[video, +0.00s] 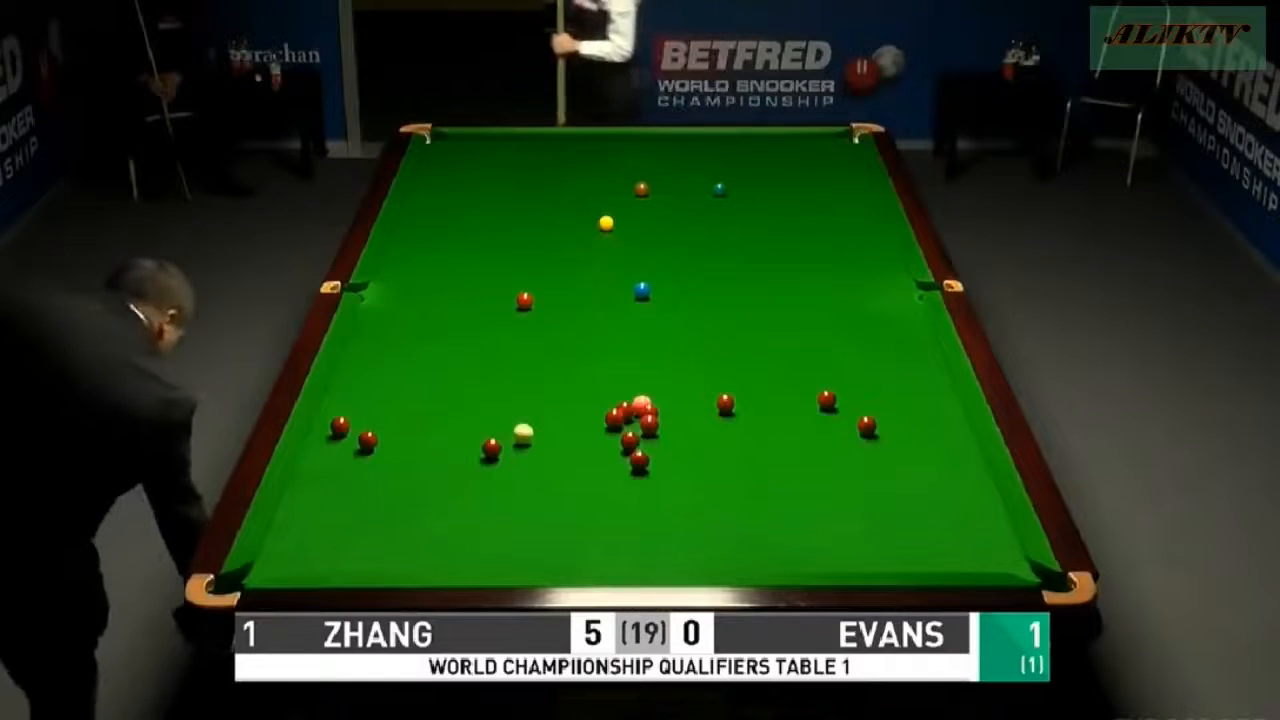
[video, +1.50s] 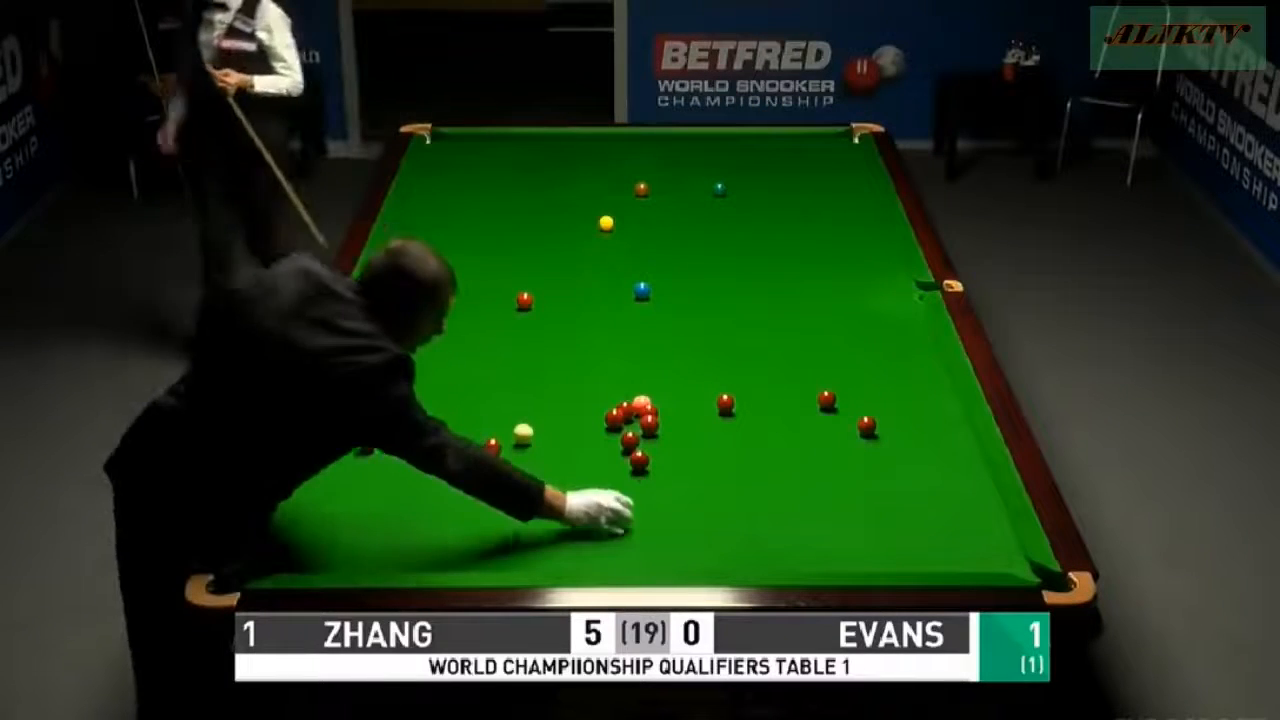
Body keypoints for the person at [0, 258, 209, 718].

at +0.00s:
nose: (172, 346)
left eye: (178, 337)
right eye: (176, 335)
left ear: (113, 294)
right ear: (164, 323)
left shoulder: (28, 316)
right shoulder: (156, 400)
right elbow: (182, 521)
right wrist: (212, 596)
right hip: (45, 580)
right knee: (65, 709)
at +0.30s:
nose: (203, 317)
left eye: (208, 304)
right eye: (205, 303)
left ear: (135, 270)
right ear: (184, 298)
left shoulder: (40, 290)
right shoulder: (167, 386)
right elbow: (174, 516)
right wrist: (202, 601)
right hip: (60, 561)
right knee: (71, 696)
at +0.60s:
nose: (234, 267)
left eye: (235, 256)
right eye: (229, 257)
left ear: (151, 236)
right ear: (193, 257)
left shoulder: (67, 280)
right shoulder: (168, 345)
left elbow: (40, 409)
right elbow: (161, 466)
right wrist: (177, 519)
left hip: (43, 512)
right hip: (113, 545)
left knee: (76, 672)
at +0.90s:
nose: (286, 241)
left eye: (287, 229)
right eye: (279, 230)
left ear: (237, 221)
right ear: (239, 226)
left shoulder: (200, 264)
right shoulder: (179, 276)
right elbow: (220, 362)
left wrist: (228, 427)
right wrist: (313, 410)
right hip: (133, 508)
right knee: (168, 665)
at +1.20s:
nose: (369, 262)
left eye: (369, 249)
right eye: (363, 251)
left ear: (295, 232)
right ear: (331, 256)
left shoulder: (233, 261)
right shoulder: (283, 327)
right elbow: (360, 402)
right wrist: (477, 440)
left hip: (140, 492)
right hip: (173, 516)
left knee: (169, 666)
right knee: (184, 674)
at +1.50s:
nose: (440, 330)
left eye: (441, 316)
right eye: (438, 318)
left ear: (373, 279)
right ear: (413, 318)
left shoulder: (297, 276)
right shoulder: (372, 377)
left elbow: (220, 310)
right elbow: (447, 456)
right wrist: (559, 503)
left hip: (146, 462)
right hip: (197, 504)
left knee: (162, 648)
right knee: (197, 658)